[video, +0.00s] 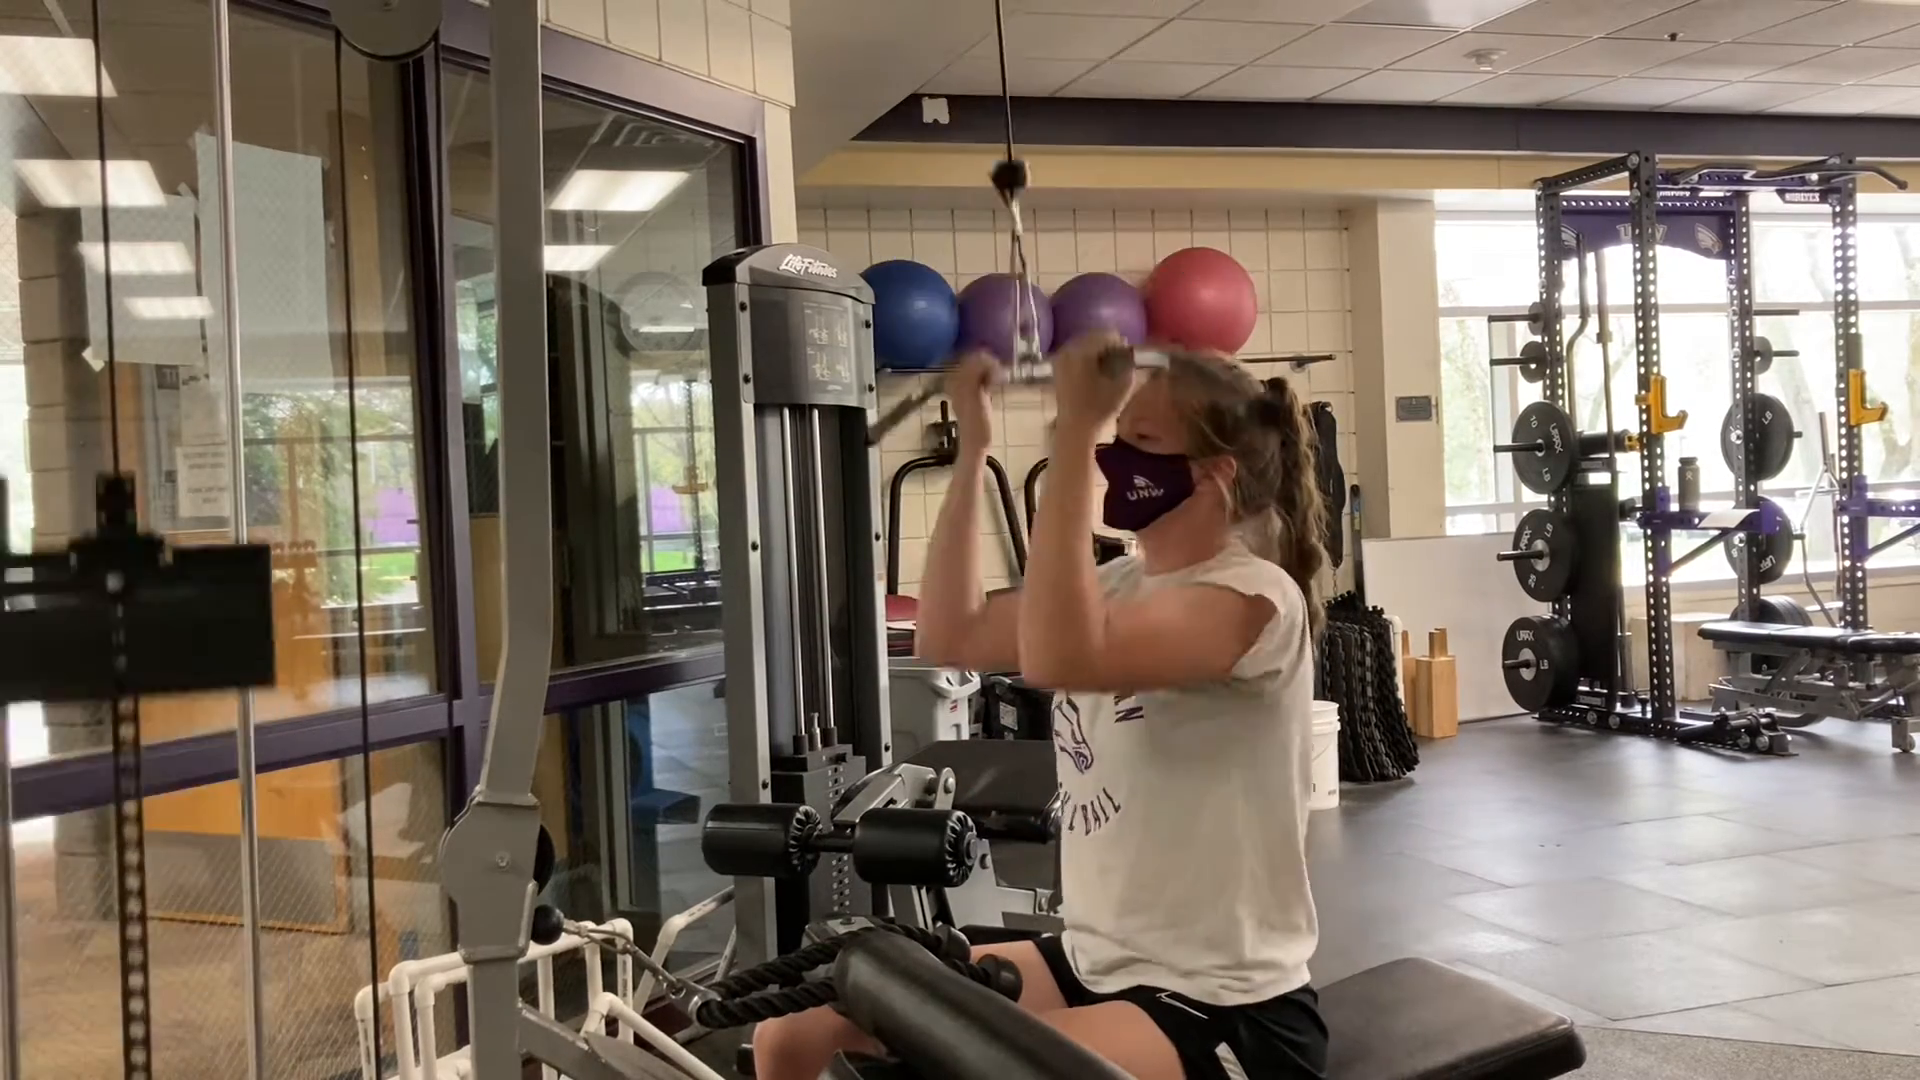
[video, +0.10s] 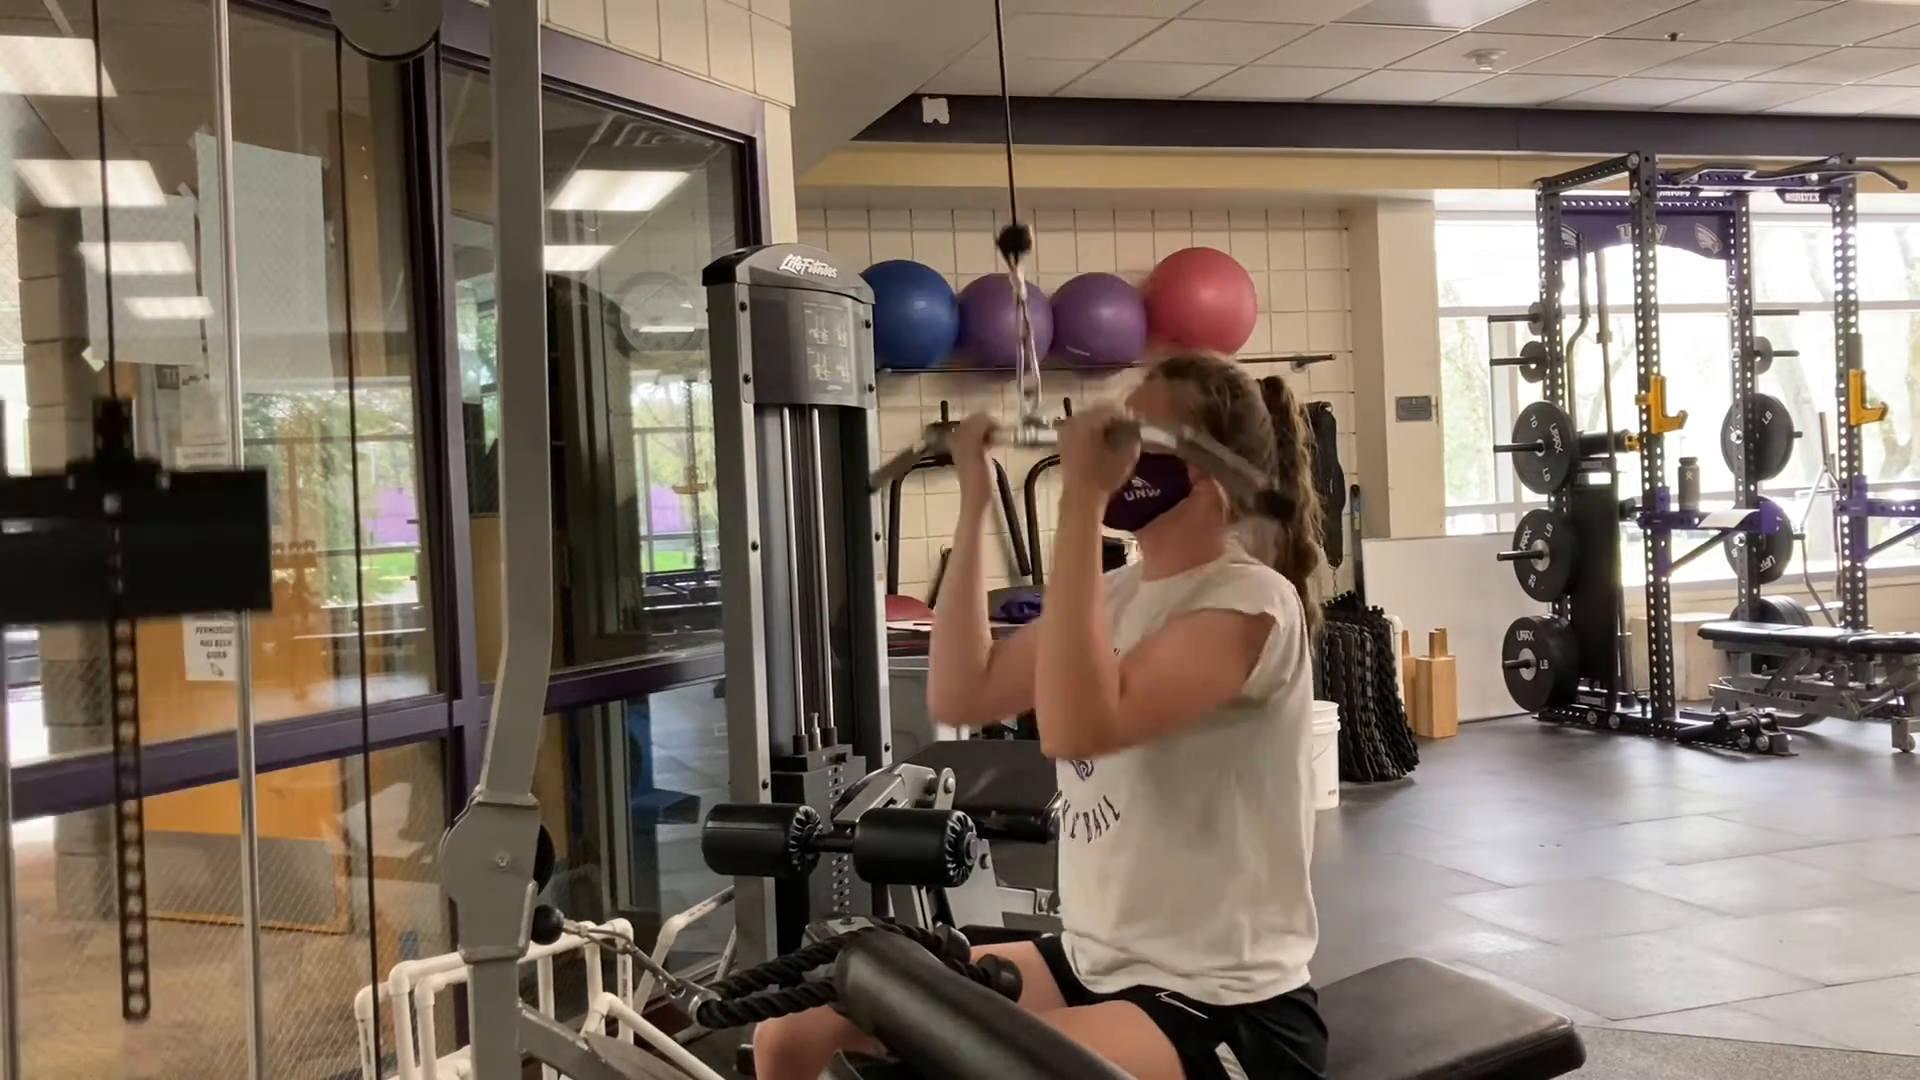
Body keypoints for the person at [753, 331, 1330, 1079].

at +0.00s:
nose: (1110, 460)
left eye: (1142, 445)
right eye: (1112, 440)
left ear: (1217, 476)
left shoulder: (1254, 598)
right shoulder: (1105, 586)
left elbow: (1059, 655)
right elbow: (949, 637)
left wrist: (1075, 431)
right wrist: (970, 455)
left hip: (1225, 1004)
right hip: (1096, 962)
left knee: (949, 1061)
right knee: (791, 1037)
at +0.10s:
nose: (1110, 448)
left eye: (1138, 431)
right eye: (1113, 429)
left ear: (1210, 478)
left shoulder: (1252, 604)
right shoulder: (1109, 597)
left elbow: (1077, 728)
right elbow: (957, 696)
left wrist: (1082, 495)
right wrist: (975, 498)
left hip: (1224, 1002)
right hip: (1094, 962)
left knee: (975, 1064)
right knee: (790, 1041)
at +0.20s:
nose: (1107, 463)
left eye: (1136, 447)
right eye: (1109, 442)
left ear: (1215, 475)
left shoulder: (1244, 608)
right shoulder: (1121, 601)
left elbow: (1105, 794)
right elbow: (978, 751)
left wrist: (1096, 563)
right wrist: (980, 561)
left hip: (1221, 1004)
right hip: (1097, 961)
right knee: (788, 1042)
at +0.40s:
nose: (1104, 464)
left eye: (1133, 447)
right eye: (1109, 444)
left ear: (1212, 475)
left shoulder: (1239, 620)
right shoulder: (1104, 615)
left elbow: (1170, 866)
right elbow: (1027, 817)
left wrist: (1122, 642)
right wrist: (1001, 632)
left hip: (1222, 1007)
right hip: (1095, 960)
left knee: (957, 1066)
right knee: (788, 1043)